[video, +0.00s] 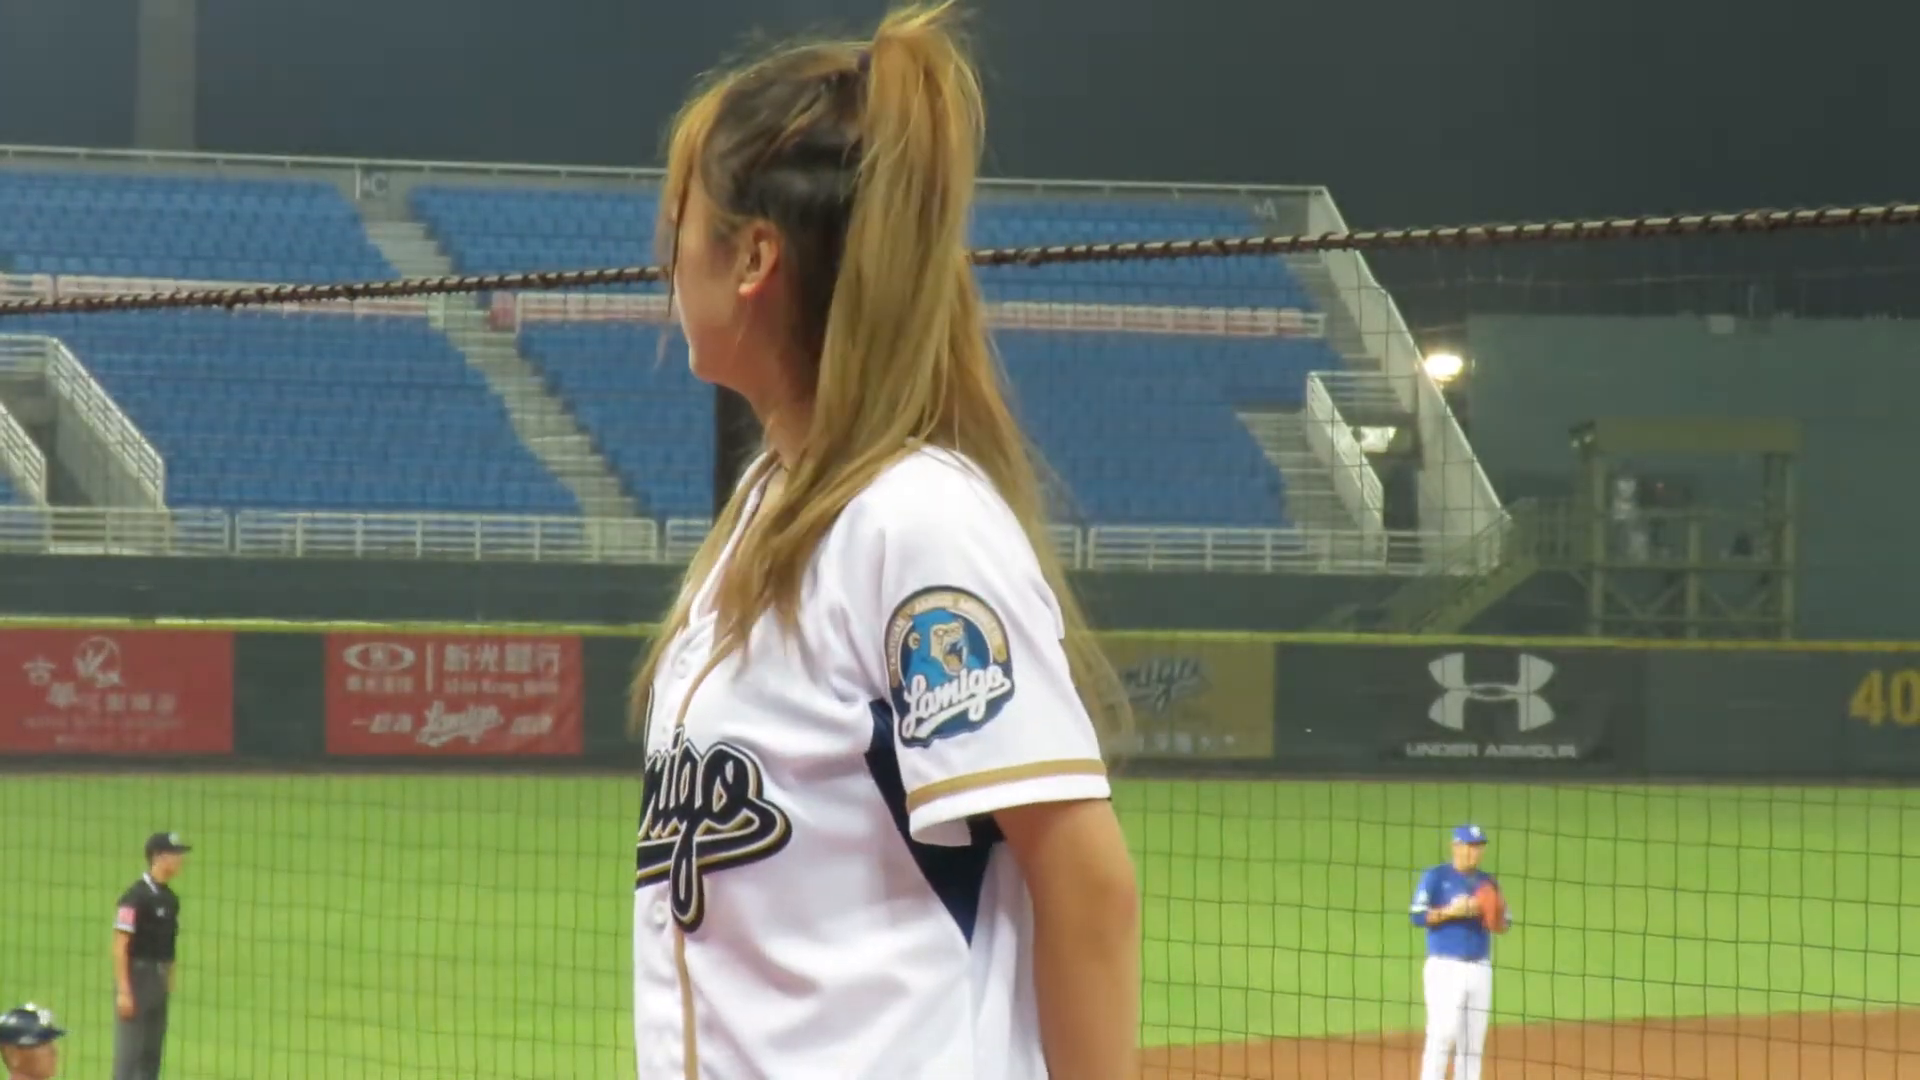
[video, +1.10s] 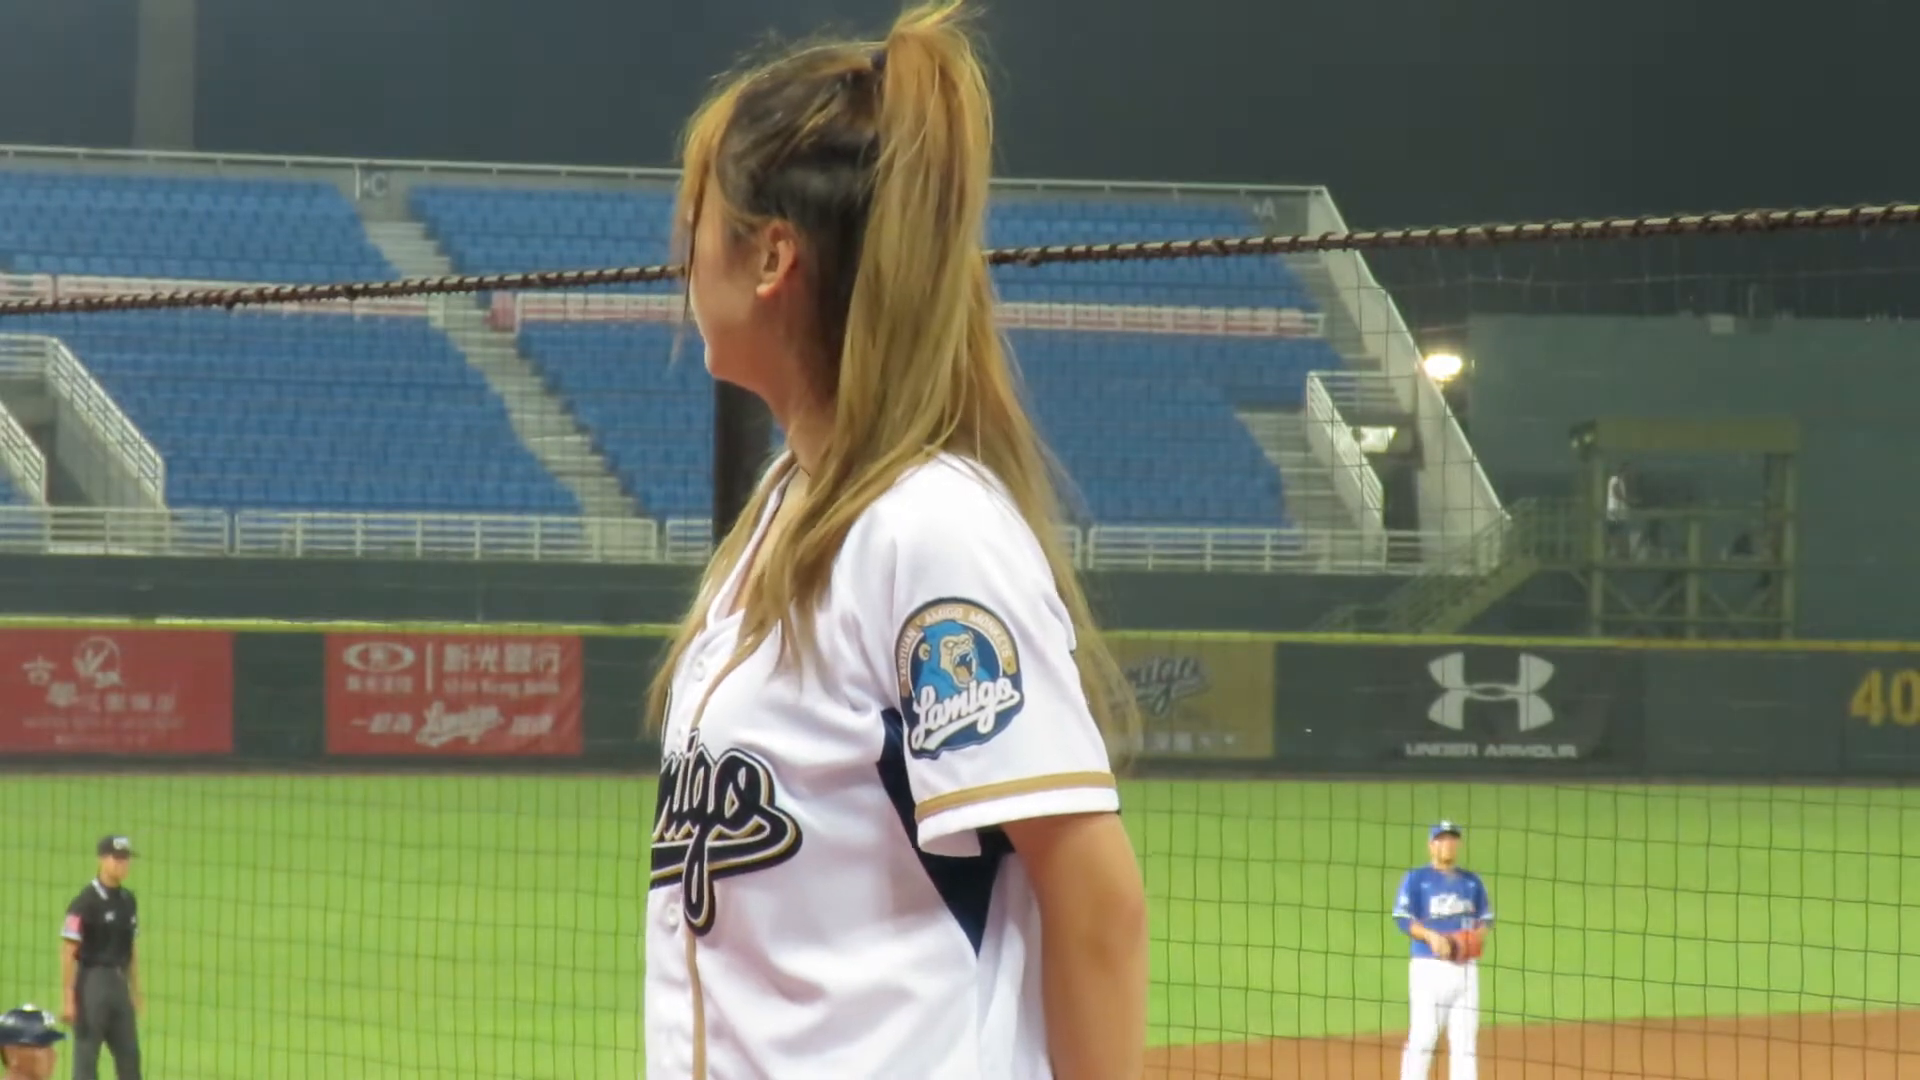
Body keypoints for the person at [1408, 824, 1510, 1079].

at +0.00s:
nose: (1474, 852)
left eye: (1478, 846)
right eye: (1469, 845)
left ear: (1483, 850)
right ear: (1455, 847)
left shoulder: (1487, 882)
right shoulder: (1435, 876)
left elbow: (1503, 924)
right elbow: (1417, 916)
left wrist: (1488, 907)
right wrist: (1453, 910)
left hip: (1479, 967)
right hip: (1444, 965)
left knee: (1473, 1041)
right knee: (1442, 1036)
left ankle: (1468, 1077)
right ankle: (1432, 1076)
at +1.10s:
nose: (1447, 846)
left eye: (1452, 840)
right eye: (1441, 840)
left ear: (1459, 845)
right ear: (1431, 845)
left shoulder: (1472, 881)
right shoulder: (1415, 879)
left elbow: (1485, 919)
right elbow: (1403, 918)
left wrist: (1471, 939)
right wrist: (1432, 937)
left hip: (1464, 967)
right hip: (1427, 966)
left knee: (1465, 1042)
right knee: (1423, 1040)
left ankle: (1464, 1077)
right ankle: (1413, 1076)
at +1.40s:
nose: (1434, 845)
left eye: (1438, 839)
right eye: (1428, 839)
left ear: (1443, 844)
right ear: (1415, 845)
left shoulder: (1455, 880)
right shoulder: (1399, 880)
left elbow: (1464, 925)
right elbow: (1384, 925)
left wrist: (1463, 960)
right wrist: (1377, 961)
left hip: (1448, 966)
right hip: (1410, 966)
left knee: (1455, 1043)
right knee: (1409, 1040)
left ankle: (1458, 1078)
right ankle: (1405, 1077)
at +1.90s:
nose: (1435, 845)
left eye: (1436, 839)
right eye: (1428, 840)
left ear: (1440, 843)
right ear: (1414, 843)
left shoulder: (1450, 877)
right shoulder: (1398, 880)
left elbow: (1461, 922)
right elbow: (1389, 926)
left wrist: (1466, 958)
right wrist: (1399, 962)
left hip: (1449, 965)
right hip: (1414, 965)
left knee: (1453, 1041)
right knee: (1410, 1040)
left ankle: (1446, 1078)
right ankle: (1405, 1077)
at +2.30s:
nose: (1468, 852)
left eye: (1468, 847)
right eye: (1464, 846)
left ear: (1462, 848)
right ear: (1447, 845)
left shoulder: (1465, 878)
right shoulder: (1416, 871)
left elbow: (1472, 925)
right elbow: (1395, 911)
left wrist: (1480, 963)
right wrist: (1397, 952)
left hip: (1454, 963)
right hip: (1421, 961)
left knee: (1449, 1039)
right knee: (1422, 1035)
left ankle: (1443, 1077)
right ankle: (1412, 1077)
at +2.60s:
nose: (1467, 855)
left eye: (1468, 849)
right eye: (1464, 848)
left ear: (1459, 849)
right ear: (1448, 846)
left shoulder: (1459, 883)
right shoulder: (1416, 865)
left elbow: (1467, 930)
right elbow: (1391, 899)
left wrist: (1478, 968)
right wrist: (1395, 942)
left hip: (1451, 964)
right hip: (1417, 961)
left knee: (1446, 1037)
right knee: (1420, 1029)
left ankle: (1443, 1076)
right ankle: (1402, 1076)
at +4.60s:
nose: (1448, 842)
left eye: (1451, 837)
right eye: (1443, 836)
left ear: (1454, 840)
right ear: (1431, 838)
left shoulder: (1458, 876)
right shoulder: (1411, 868)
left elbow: (1461, 924)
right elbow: (1396, 908)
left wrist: (1468, 964)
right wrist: (1405, 948)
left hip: (1444, 960)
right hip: (1412, 956)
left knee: (1434, 1032)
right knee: (1408, 1027)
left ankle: (1429, 1076)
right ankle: (1398, 1076)